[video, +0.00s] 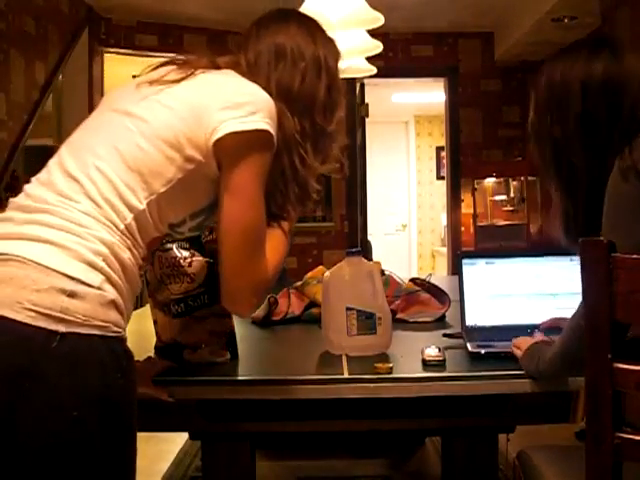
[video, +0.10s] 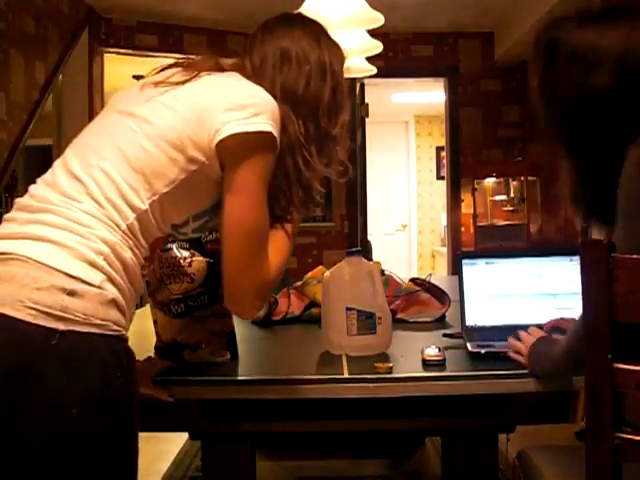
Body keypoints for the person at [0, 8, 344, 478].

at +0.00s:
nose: (315, 109)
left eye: (323, 94)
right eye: (319, 93)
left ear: (252, 52)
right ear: (304, 81)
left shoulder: (159, 78)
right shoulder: (246, 100)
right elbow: (242, 296)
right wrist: (286, 213)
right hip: (60, 326)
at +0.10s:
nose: (321, 110)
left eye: (328, 95)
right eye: (324, 93)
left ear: (257, 56)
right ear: (310, 83)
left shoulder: (169, 79)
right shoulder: (249, 102)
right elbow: (245, 298)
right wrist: (289, 215)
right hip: (62, 326)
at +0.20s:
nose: (322, 115)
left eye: (330, 102)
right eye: (326, 99)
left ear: (260, 58)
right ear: (313, 87)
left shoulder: (175, 79)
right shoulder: (251, 103)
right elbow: (247, 301)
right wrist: (292, 219)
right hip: (64, 325)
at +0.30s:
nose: (326, 115)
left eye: (334, 101)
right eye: (330, 98)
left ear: (265, 59)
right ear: (316, 87)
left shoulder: (175, 81)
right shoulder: (253, 104)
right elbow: (249, 301)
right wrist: (294, 223)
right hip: (66, 324)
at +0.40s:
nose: (330, 121)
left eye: (338, 106)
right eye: (334, 103)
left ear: (270, 61)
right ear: (318, 90)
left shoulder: (181, 80)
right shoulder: (255, 104)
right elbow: (250, 302)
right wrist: (298, 221)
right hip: (68, 323)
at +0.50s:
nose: (330, 121)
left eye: (338, 107)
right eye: (335, 104)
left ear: (272, 61)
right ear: (320, 91)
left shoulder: (184, 79)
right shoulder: (258, 106)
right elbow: (251, 303)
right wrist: (298, 223)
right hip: (69, 323)